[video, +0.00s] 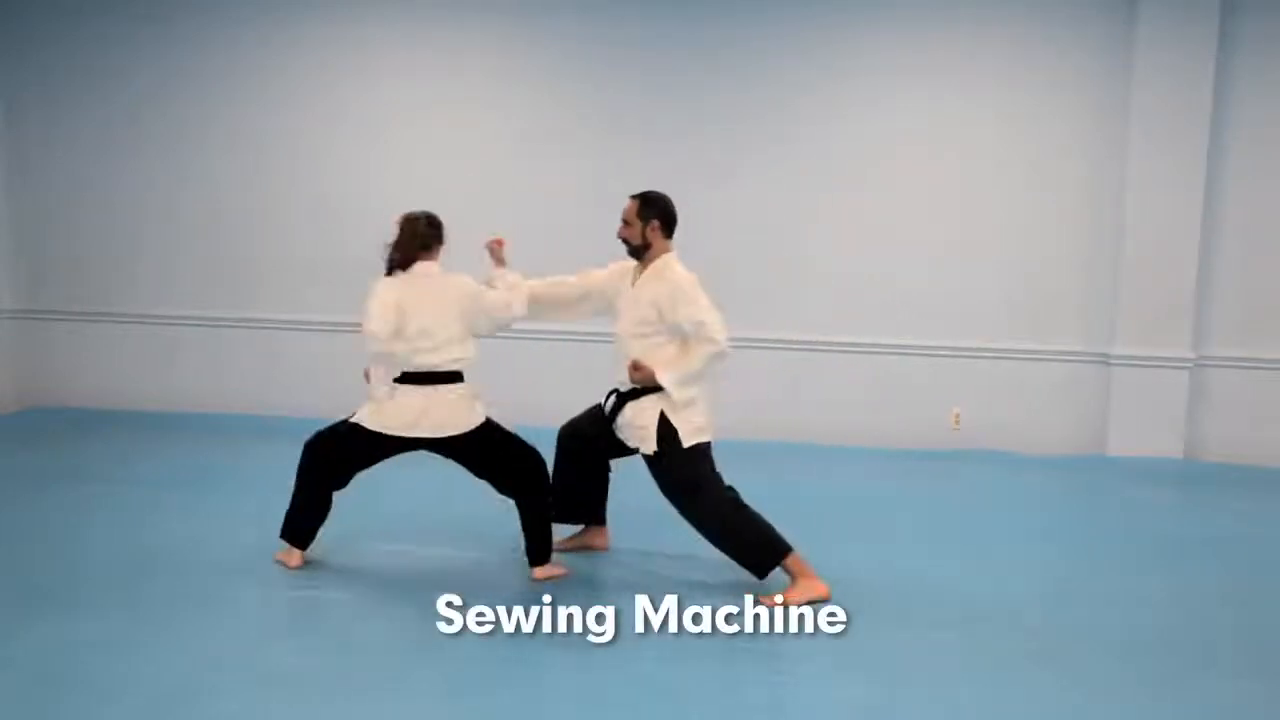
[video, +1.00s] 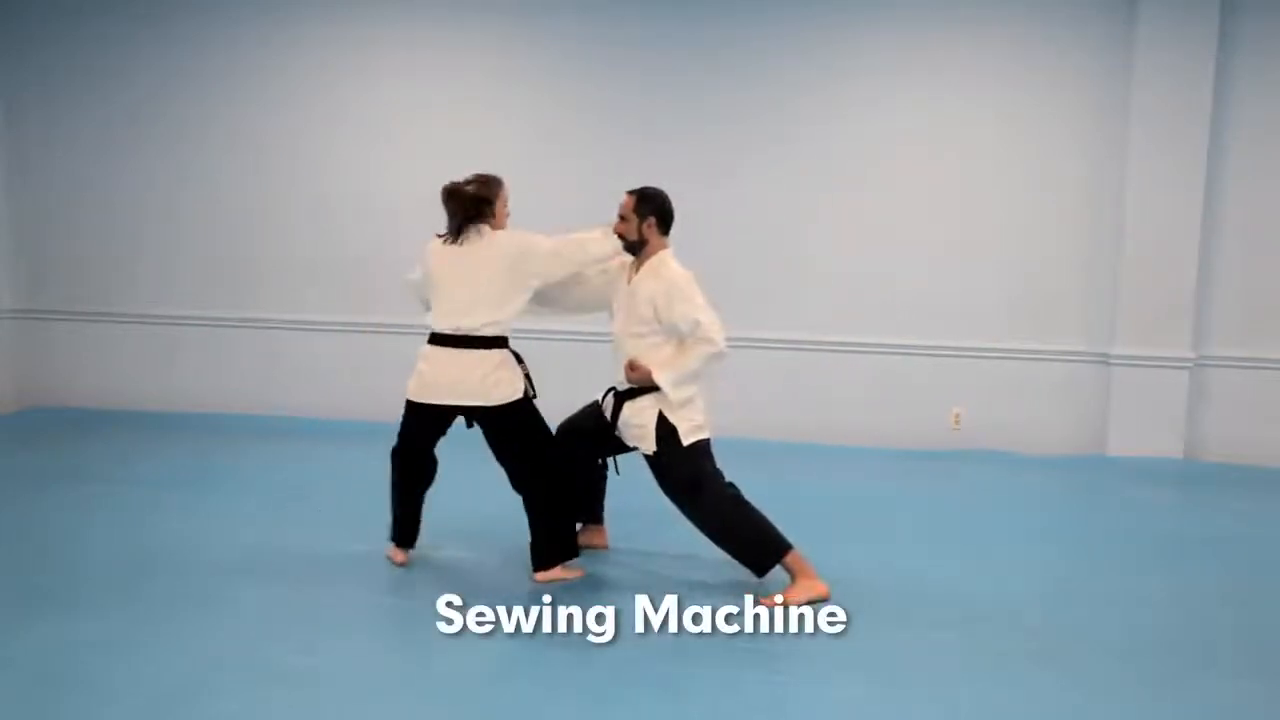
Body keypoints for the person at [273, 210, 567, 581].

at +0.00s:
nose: (397, 241)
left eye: (400, 237)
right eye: (438, 240)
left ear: (401, 244)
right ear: (440, 246)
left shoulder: (387, 288)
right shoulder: (460, 288)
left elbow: (378, 338)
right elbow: (509, 309)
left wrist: (374, 376)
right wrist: (501, 268)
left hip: (395, 416)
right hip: (455, 417)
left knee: (321, 452)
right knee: (528, 468)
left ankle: (294, 549)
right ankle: (541, 563)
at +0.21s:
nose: (444, 239)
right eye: (443, 234)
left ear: (402, 238)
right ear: (440, 239)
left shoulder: (383, 281)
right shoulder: (461, 282)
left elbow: (356, 341)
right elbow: (506, 307)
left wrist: (380, 356)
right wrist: (503, 266)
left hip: (390, 408)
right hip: (451, 410)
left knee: (322, 452)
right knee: (523, 465)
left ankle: (296, 549)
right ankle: (542, 563)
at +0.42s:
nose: (447, 228)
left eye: (444, 220)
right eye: (443, 222)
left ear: (405, 228)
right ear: (425, 227)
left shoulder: (379, 267)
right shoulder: (446, 267)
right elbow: (470, 293)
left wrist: (466, 260)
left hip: (377, 396)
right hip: (437, 400)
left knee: (322, 455)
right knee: (506, 464)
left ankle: (296, 549)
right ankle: (538, 562)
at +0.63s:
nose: (463, 228)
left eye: (461, 220)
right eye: (458, 221)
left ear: (422, 226)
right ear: (439, 226)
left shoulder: (401, 261)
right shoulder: (467, 267)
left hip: (387, 397)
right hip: (445, 404)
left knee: (336, 463)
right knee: (519, 465)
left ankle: (295, 550)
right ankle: (539, 562)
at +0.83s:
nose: (500, 217)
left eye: (498, 209)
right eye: (495, 211)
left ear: (459, 217)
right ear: (477, 216)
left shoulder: (432, 257)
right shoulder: (506, 254)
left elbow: (421, 306)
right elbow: (562, 250)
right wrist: (614, 235)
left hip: (426, 384)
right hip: (483, 388)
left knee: (379, 463)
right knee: (541, 467)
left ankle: (332, 548)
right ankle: (546, 563)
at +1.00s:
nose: (509, 212)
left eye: (507, 204)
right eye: (505, 206)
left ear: (463, 210)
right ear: (491, 210)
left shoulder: (437, 250)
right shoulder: (515, 248)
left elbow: (421, 289)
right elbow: (571, 252)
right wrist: (617, 236)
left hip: (435, 376)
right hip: (492, 378)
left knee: (410, 454)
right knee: (538, 465)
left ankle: (400, 544)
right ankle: (549, 562)